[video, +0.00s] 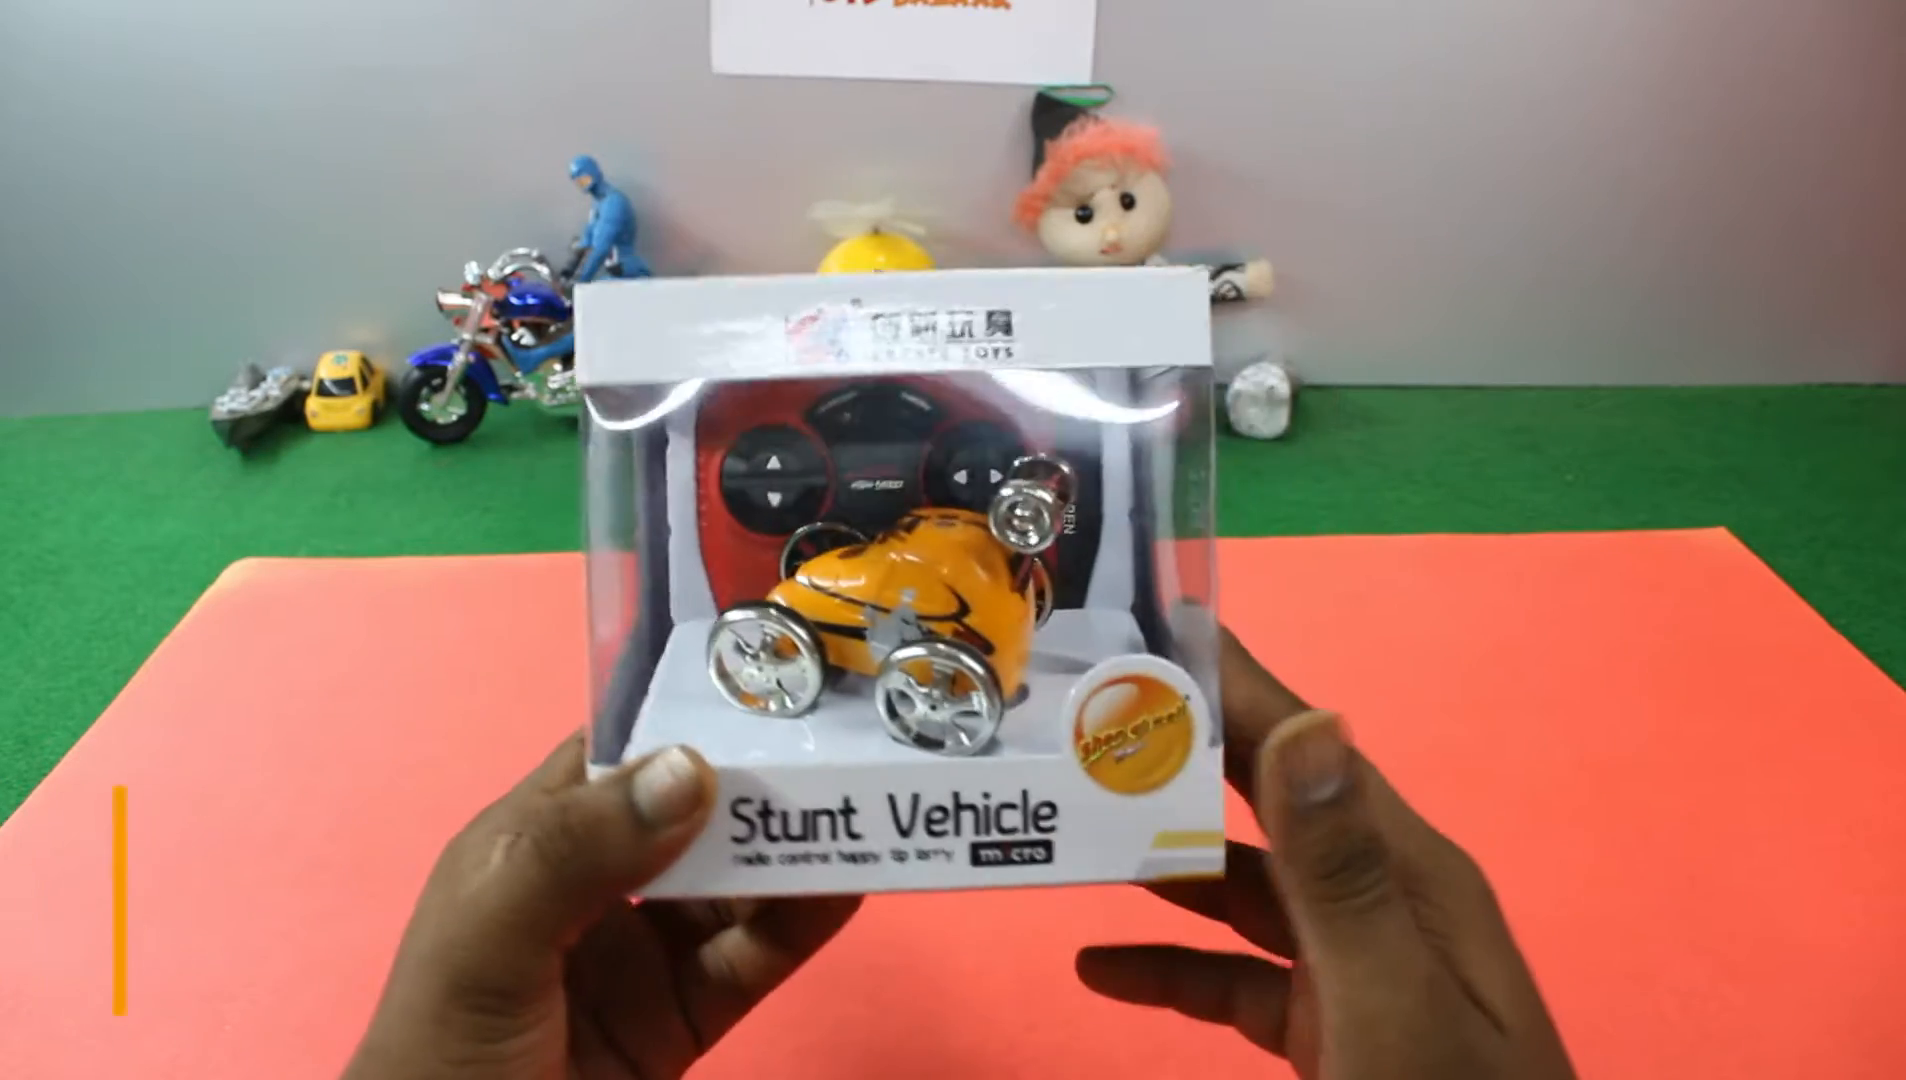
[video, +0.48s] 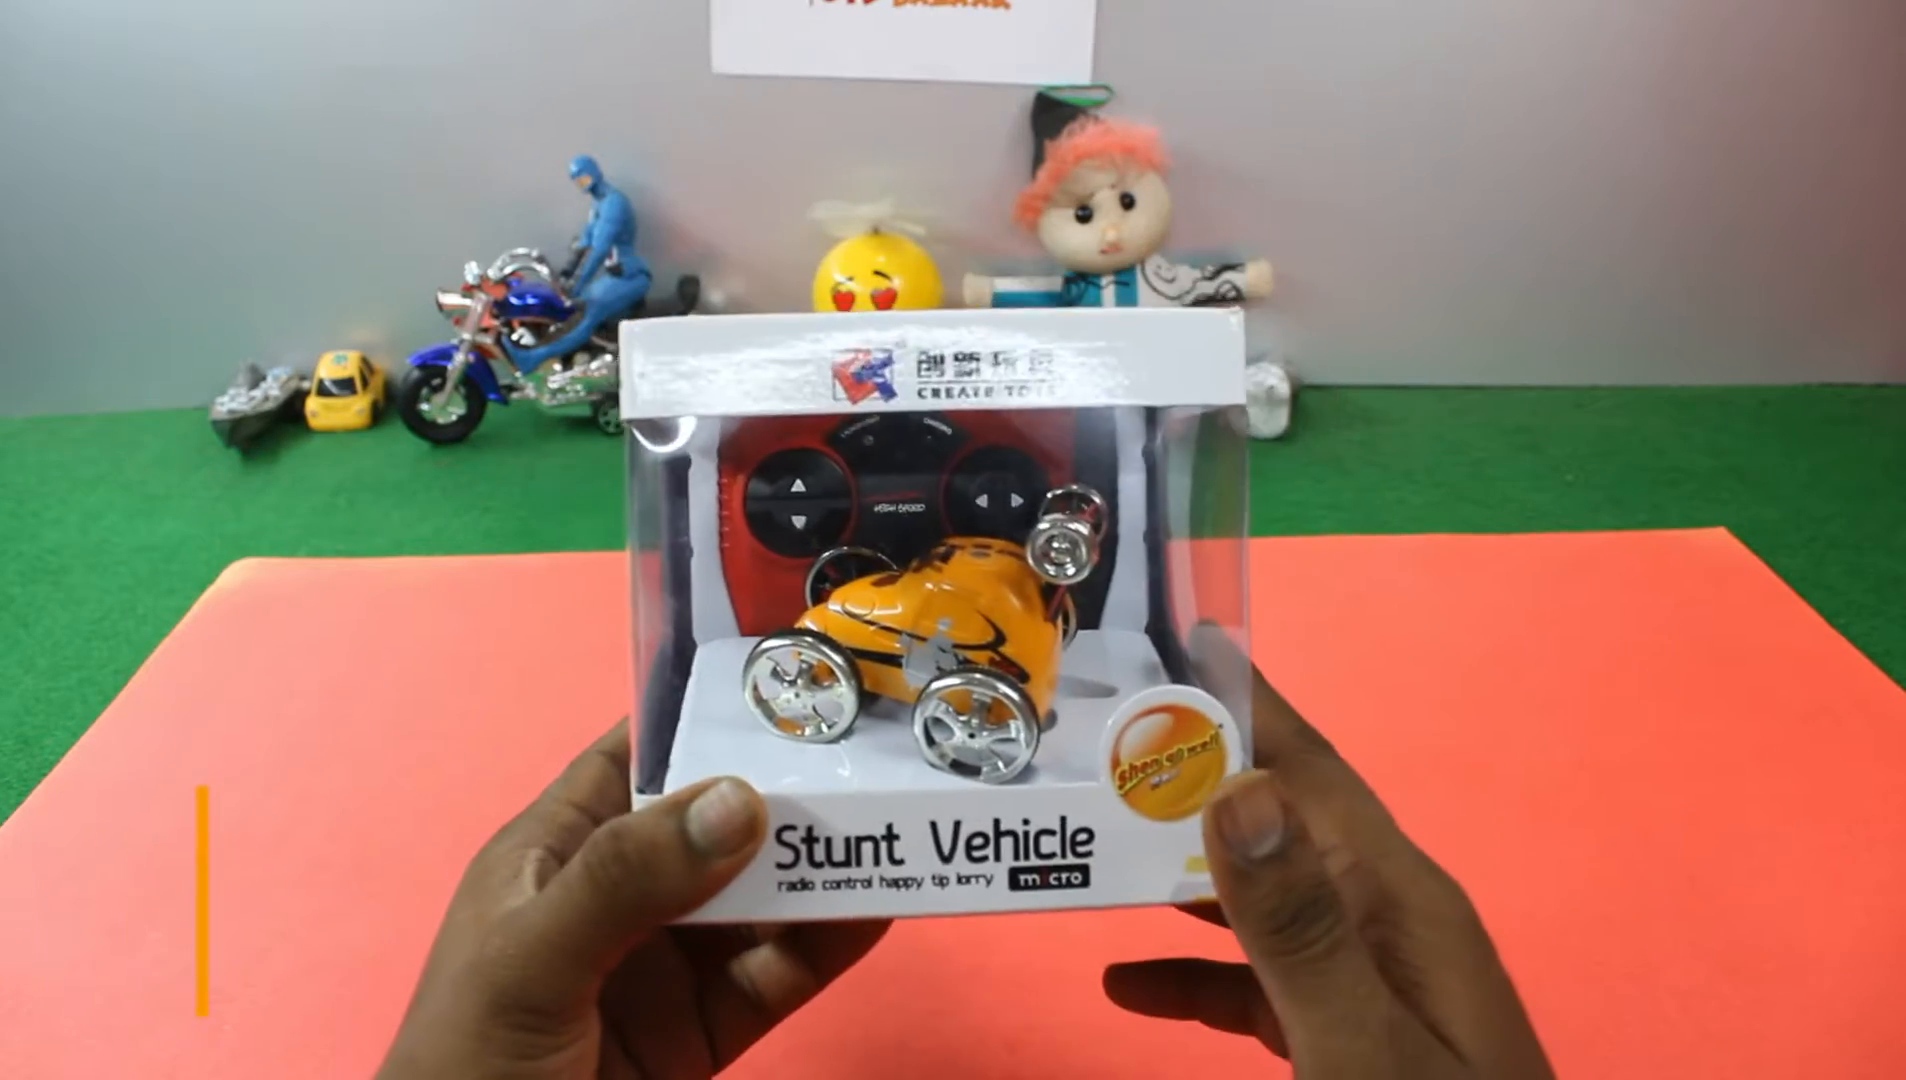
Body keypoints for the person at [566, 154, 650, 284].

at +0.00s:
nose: (581, 183)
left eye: (583, 177)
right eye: (577, 180)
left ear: (593, 175)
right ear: (575, 182)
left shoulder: (614, 201)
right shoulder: (597, 204)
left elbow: (602, 246)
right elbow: (587, 239)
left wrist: (581, 280)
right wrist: (569, 270)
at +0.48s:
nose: (581, 183)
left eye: (583, 177)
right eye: (576, 179)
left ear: (593, 174)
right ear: (576, 181)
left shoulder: (614, 203)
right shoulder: (598, 204)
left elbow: (601, 247)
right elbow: (586, 239)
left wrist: (577, 286)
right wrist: (569, 269)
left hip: (631, 276)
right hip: (612, 272)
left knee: (594, 313)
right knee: (577, 303)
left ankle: (533, 358)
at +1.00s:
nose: (581, 184)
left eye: (583, 177)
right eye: (577, 180)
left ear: (593, 173)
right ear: (577, 181)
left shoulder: (614, 203)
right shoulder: (598, 204)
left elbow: (601, 247)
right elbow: (586, 239)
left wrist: (577, 287)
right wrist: (568, 270)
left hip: (631, 276)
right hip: (612, 272)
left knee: (593, 312)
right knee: (576, 302)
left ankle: (532, 359)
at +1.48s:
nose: (581, 184)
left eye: (583, 177)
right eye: (577, 180)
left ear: (594, 174)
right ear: (577, 181)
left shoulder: (614, 203)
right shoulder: (598, 205)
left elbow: (601, 248)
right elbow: (587, 239)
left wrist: (577, 287)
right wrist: (568, 270)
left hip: (632, 276)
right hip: (612, 272)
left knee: (592, 312)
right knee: (577, 302)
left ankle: (533, 358)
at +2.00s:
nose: (581, 184)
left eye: (583, 177)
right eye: (577, 180)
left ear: (594, 174)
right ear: (577, 181)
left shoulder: (613, 203)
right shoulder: (598, 204)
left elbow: (601, 248)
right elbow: (587, 239)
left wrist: (578, 286)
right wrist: (568, 269)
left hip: (631, 276)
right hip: (612, 272)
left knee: (593, 313)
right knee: (577, 302)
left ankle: (533, 358)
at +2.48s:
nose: (581, 184)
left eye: (583, 177)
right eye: (577, 180)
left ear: (594, 174)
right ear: (577, 181)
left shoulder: (614, 203)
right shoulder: (598, 205)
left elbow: (601, 248)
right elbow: (586, 240)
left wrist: (578, 287)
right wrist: (567, 270)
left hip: (631, 277)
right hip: (612, 273)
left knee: (593, 314)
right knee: (577, 304)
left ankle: (533, 357)